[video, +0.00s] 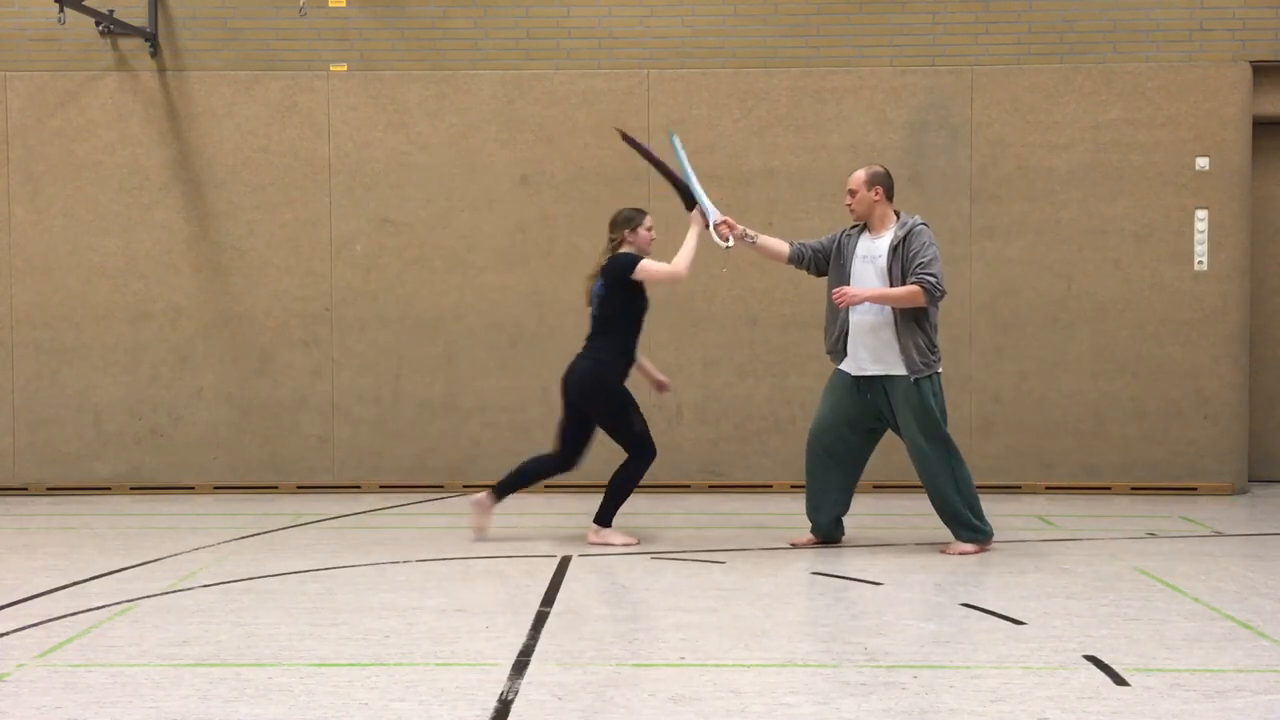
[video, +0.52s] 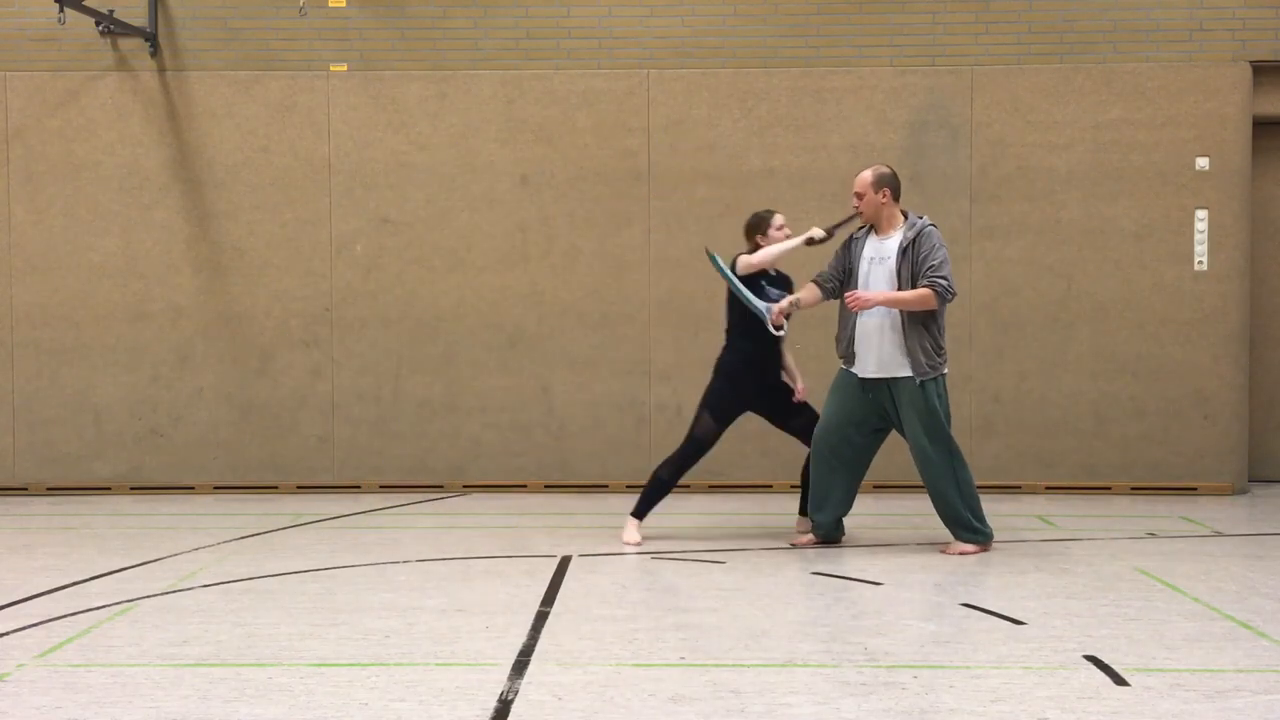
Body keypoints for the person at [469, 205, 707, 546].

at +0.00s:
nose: (653, 235)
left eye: (653, 230)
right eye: (648, 230)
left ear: (627, 236)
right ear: (629, 234)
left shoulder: (613, 269)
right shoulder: (624, 264)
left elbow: (614, 337)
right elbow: (677, 271)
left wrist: (651, 374)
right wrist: (696, 228)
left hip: (582, 378)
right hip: (600, 381)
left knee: (566, 458)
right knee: (643, 452)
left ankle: (489, 499)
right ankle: (601, 528)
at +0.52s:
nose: (789, 233)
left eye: (787, 227)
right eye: (781, 228)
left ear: (777, 235)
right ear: (761, 237)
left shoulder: (783, 283)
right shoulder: (741, 267)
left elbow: (777, 337)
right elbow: (758, 261)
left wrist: (795, 376)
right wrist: (801, 240)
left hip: (769, 384)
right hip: (733, 382)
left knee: (823, 438)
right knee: (693, 449)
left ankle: (806, 522)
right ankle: (635, 520)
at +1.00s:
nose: (814, 237)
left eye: (814, 231)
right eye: (807, 232)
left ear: (813, 237)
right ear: (787, 239)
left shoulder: (811, 283)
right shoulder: (769, 267)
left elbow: (806, 338)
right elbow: (772, 268)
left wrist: (811, 382)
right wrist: (819, 246)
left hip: (785, 384)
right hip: (750, 380)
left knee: (835, 435)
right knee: (710, 451)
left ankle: (808, 517)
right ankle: (654, 520)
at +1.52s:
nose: (707, 232)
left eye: (713, 226)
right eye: (701, 226)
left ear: (719, 226)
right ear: (688, 225)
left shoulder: (723, 264)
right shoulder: (668, 253)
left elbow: (732, 322)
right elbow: (630, 263)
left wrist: (747, 371)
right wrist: (661, 220)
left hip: (713, 361)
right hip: (673, 362)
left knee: (753, 435)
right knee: (672, 445)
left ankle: (794, 507)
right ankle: (660, 524)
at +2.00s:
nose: (574, 233)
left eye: (580, 227)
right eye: (573, 227)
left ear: (600, 225)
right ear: (574, 225)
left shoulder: (623, 259)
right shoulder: (569, 255)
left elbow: (644, 315)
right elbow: (557, 311)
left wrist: (654, 366)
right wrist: (520, 325)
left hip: (611, 363)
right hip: (583, 364)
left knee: (566, 435)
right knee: (622, 444)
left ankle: (545, 527)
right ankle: (654, 518)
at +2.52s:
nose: (419, 231)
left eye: (424, 225)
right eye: (416, 225)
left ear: (444, 218)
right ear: (415, 222)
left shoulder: (469, 252)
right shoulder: (413, 251)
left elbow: (485, 311)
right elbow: (406, 303)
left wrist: (488, 361)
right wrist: (384, 318)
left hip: (455, 360)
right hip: (416, 359)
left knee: (458, 445)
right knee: (383, 435)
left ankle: (490, 528)